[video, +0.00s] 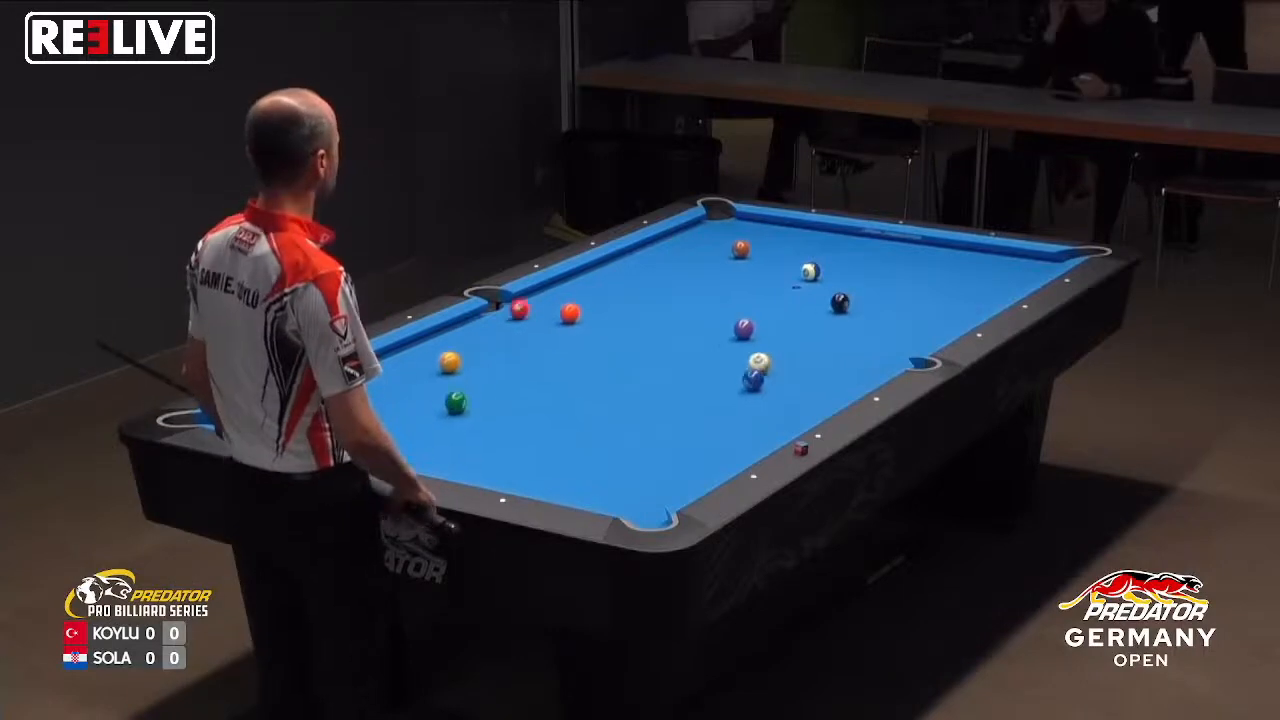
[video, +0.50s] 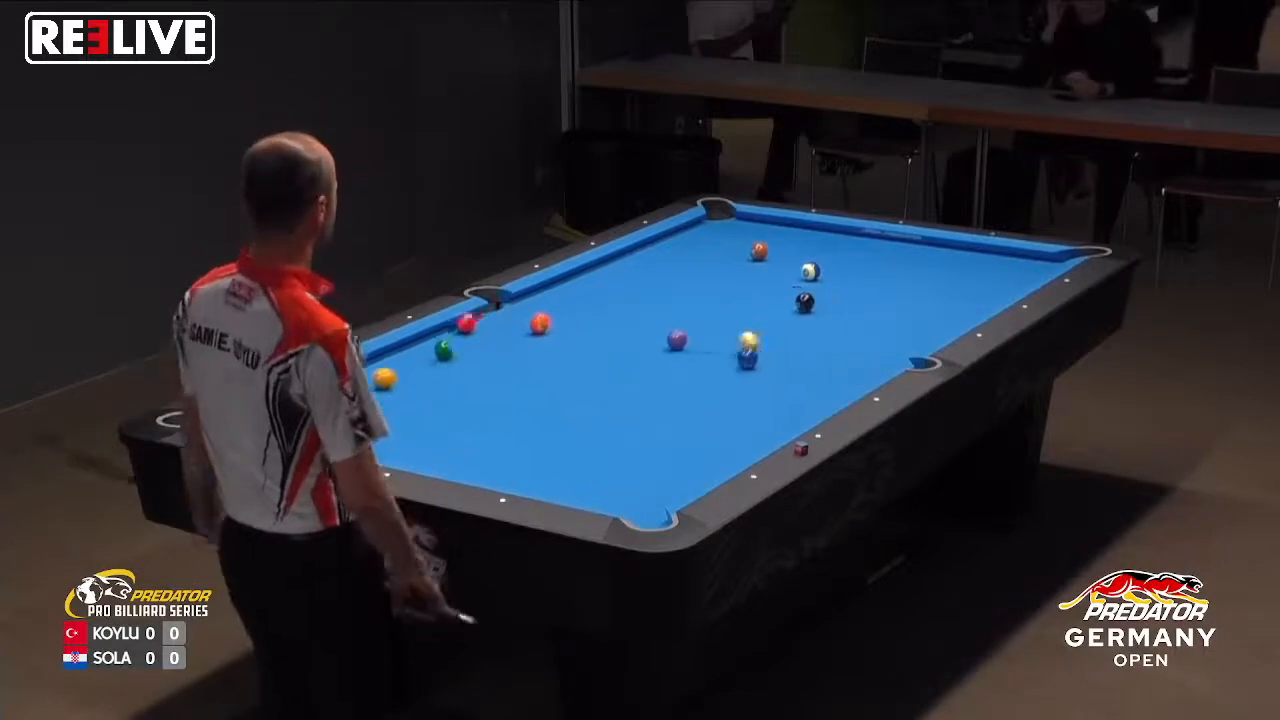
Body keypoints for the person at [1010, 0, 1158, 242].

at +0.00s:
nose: (1087, 1)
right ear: (1072, 0)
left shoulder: (1131, 24)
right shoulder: (1062, 23)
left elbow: (1146, 87)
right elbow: (1029, 81)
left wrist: (1110, 89)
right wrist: (1052, 28)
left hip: (1114, 122)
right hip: (1062, 118)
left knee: (1116, 157)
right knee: (1024, 142)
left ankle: (1101, 237)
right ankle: (1017, 229)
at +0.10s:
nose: (1087, 1)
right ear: (1072, 0)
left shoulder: (1131, 23)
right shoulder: (1062, 23)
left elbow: (1145, 87)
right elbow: (1029, 81)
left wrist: (1110, 89)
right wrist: (1052, 28)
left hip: (1113, 122)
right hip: (1062, 118)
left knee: (1116, 157)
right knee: (1024, 142)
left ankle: (1101, 237)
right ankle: (1016, 230)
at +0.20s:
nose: (1086, 1)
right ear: (1071, 0)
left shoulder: (1130, 23)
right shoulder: (1061, 23)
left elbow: (1145, 85)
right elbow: (1029, 81)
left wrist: (1109, 89)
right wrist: (1051, 28)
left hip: (1113, 122)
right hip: (1062, 118)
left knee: (1116, 157)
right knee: (1024, 142)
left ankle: (1102, 236)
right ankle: (1017, 228)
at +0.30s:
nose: (1086, 2)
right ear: (1071, 1)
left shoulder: (1130, 23)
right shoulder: (1061, 23)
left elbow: (1144, 84)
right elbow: (1029, 80)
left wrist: (1103, 89)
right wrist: (1051, 28)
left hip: (1112, 122)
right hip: (1060, 118)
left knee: (1116, 157)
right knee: (1024, 142)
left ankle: (1101, 237)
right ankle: (1016, 229)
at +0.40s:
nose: (1085, 3)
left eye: (1090, 0)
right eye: (1079, 0)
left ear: (1104, 0)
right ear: (1070, 1)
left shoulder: (1130, 24)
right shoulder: (1062, 24)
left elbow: (1144, 84)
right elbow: (1028, 81)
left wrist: (1102, 89)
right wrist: (1050, 29)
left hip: (1113, 122)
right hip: (1061, 118)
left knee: (1116, 157)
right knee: (1024, 142)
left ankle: (1102, 236)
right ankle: (1017, 228)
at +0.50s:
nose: (1085, 2)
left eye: (1091, 0)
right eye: (1079, 0)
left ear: (1104, 0)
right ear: (1071, 1)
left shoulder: (1130, 23)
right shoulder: (1061, 23)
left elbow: (1144, 83)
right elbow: (1028, 81)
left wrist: (1102, 89)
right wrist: (1050, 29)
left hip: (1113, 122)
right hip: (1061, 118)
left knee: (1116, 157)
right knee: (1024, 142)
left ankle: (1101, 237)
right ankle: (1017, 228)